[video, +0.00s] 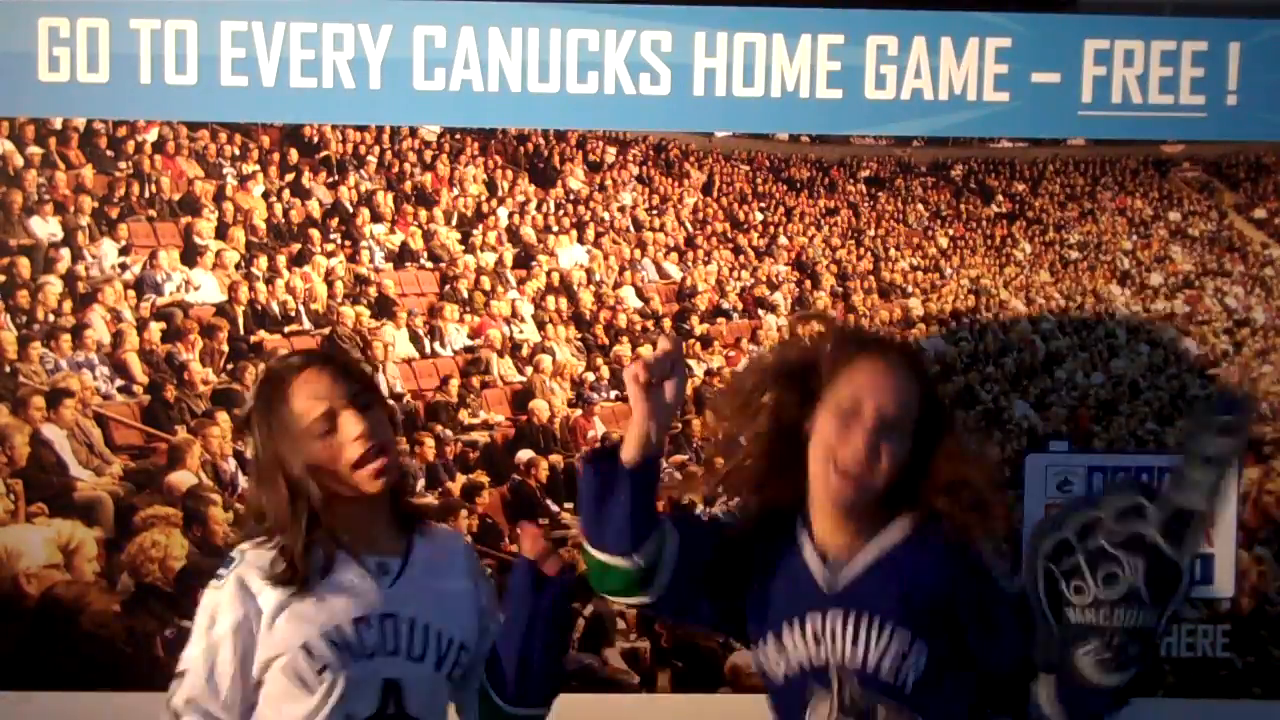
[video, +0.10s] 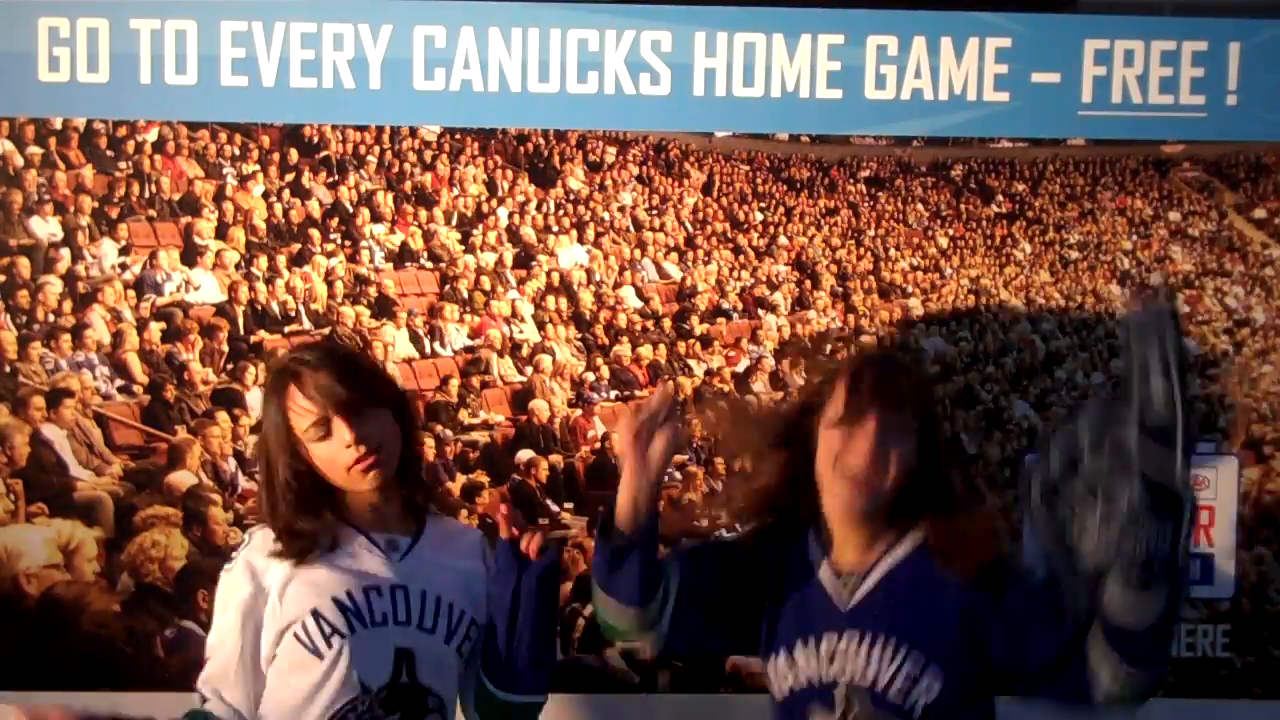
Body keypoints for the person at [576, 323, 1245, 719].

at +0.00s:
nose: (862, 443)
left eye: (888, 432)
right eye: (847, 417)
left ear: (914, 456)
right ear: (807, 421)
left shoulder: (954, 573)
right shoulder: (757, 554)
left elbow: (1036, 701)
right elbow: (630, 567)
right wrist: (639, 448)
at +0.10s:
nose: (870, 446)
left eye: (892, 430)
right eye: (850, 422)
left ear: (916, 458)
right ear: (814, 442)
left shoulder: (974, 577)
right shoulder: (772, 565)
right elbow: (636, 617)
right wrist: (639, 476)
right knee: (570, 708)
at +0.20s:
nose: (867, 372)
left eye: (889, 357)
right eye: (847, 357)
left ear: (924, 387)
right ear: (818, 390)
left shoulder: (996, 503)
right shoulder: (779, 528)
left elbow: (1138, 613)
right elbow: (698, 666)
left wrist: (1152, 502)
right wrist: (637, 593)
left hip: (963, 711)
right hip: (823, 712)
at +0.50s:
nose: (853, 459)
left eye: (867, 430)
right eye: (840, 448)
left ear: (933, 423)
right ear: (836, 473)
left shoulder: (1038, 571)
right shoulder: (830, 574)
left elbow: (1144, 687)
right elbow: (711, 668)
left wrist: (1103, 564)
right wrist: (658, 545)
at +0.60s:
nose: (821, 378)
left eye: (843, 357)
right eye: (819, 365)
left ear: (924, 368)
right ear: (820, 393)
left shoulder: (1023, 532)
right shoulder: (807, 509)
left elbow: (1127, 679)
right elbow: (657, 562)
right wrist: (652, 433)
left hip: (968, 707)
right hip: (821, 705)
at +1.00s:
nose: (810, 426)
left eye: (832, 400)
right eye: (808, 411)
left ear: (912, 409)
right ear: (805, 436)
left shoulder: (1019, 575)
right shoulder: (804, 550)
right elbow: (680, 602)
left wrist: (1146, 631)